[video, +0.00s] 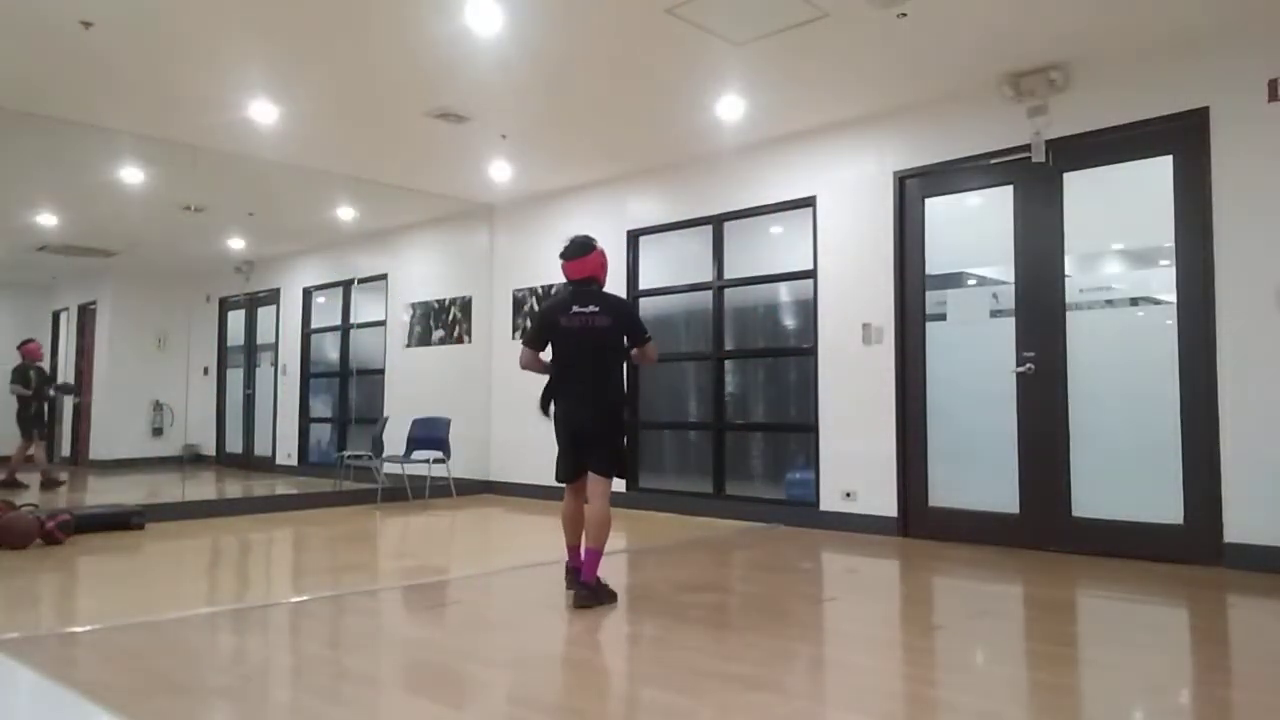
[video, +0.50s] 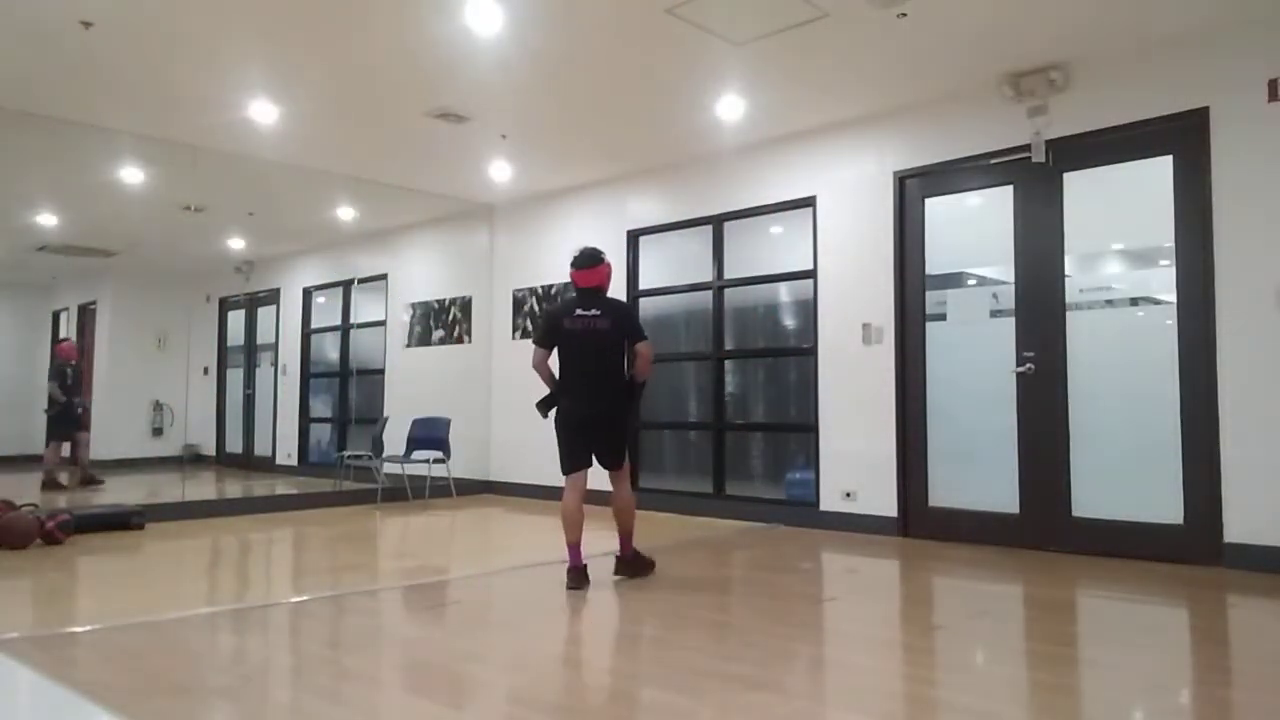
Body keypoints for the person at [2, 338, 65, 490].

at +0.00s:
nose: (42, 352)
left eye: (41, 349)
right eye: (38, 350)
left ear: (32, 353)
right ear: (30, 353)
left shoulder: (40, 370)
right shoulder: (19, 369)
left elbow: (49, 384)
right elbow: (14, 388)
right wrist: (32, 393)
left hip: (38, 410)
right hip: (26, 410)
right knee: (36, 442)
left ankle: (10, 476)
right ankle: (46, 478)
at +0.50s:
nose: (74, 353)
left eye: (74, 350)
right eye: (71, 350)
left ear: (74, 352)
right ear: (63, 352)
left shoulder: (76, 369)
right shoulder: (57, 368)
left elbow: (76, 389)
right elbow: (52, 387)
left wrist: (80, 402)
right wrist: (65, 400)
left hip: (72, 411)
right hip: (57, 411)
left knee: (83, 438)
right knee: (55, 444)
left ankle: (84, 474)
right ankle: (49, 477)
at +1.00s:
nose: (107, 354)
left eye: (109, 350)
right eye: (103, 350)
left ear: (111, 352)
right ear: (94, 353)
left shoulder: (108, 371)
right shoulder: (88, 369)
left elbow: (112, 388)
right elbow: (90, 386)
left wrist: (125, 386)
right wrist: (109, 388)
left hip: (106, 408)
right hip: (94, 408)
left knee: (107, 441)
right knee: (104, 441)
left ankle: (102, 475)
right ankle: (79, 468)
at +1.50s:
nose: (124, 355)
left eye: (126, 351)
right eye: (120, 352)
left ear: (130, 353)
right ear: (112, 355)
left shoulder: (132, 371)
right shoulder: (108, 371)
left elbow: (148, 379)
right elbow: (106, 388)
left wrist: (147, 374)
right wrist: (123, 381)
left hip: (130, 411)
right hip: (117, 411)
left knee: (127, 443)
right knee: (124, 443)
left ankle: (106, 473)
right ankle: (126, 476)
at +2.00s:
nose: (131, 362)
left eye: (134, 358)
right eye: (129, 358)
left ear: (143, 358)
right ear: (127, 357)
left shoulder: (153, 370)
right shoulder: (123, 371)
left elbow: (171, 381)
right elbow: (118, 390)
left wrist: (156, 391)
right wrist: (123, 382)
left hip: (147, 413)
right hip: (129, 413)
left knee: (152, 444)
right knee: (127, 445)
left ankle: (160, 475)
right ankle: (127, 478)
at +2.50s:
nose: (145, 363)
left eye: (146, 359)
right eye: (143, 360)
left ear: (156, 356)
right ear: (146, 359)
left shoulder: (169, 369)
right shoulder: (148, 371)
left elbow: (170, 386)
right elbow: (146, 388)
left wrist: (153, 396)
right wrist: (131, 389)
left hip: (161, 413)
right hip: (145, 412)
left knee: (160, 444)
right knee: (136, 443)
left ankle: (161, 476)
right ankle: (130, 477)